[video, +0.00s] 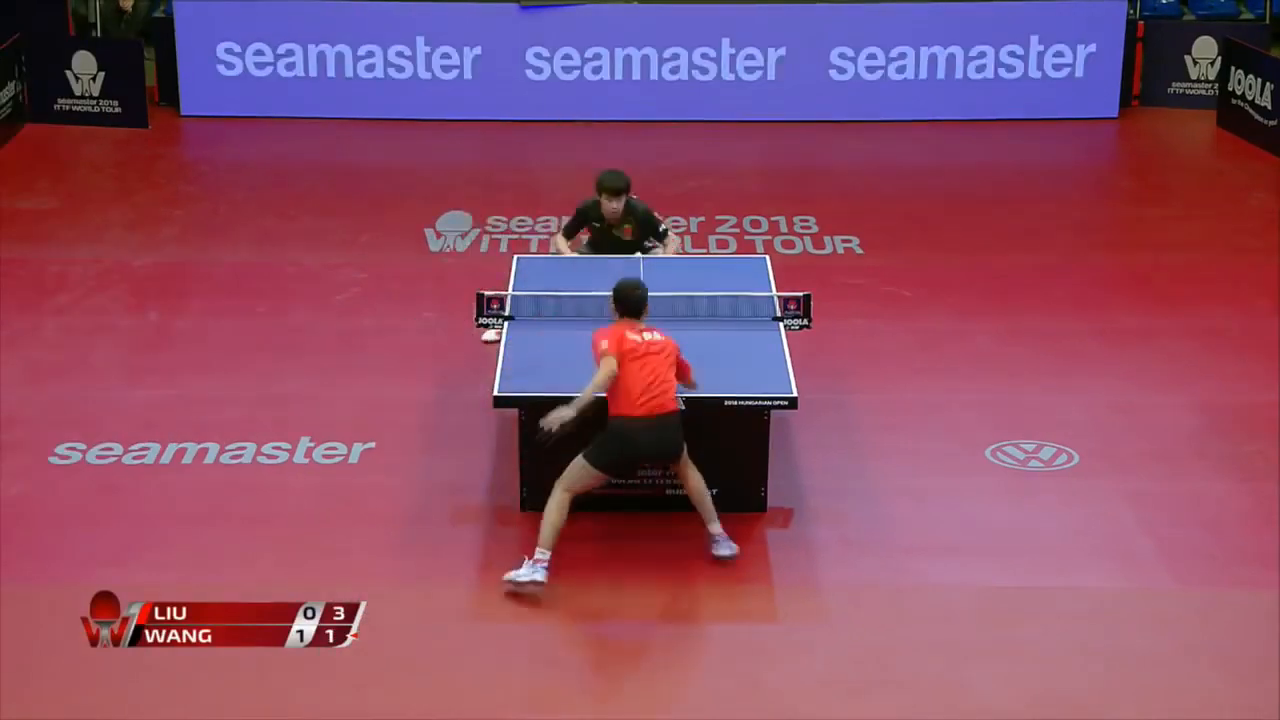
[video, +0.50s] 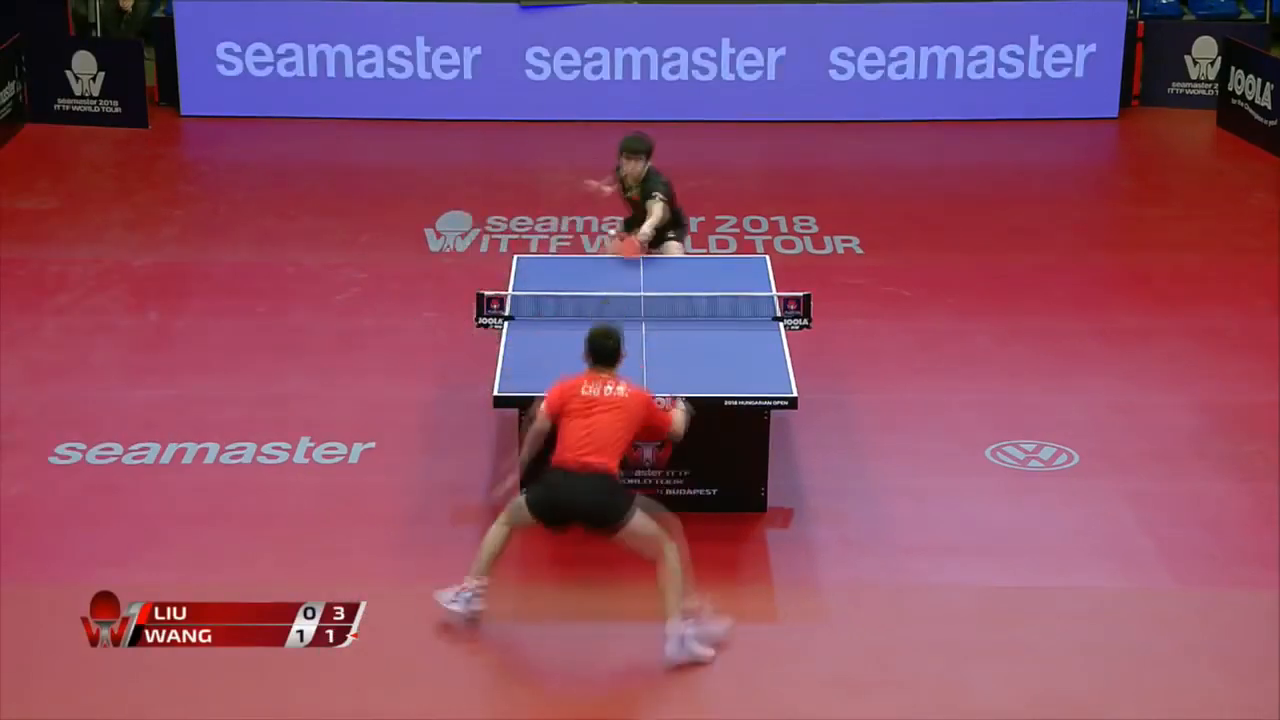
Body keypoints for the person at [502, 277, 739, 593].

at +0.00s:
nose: (610, 306)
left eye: (612, 302)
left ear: (614, 306)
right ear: (645, 308)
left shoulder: (607, 335)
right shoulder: (665, 341)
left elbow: (610, 370)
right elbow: (690, 382)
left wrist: (573, 408)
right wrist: (658, 368)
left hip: (625, 434)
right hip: (668, 432)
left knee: (564, 488)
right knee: (684, 466)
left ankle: (538, 564)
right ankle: (720, 538)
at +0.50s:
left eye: (595, 350)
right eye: (614, 351)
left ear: (588, 356)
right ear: (620, 358)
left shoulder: (566, 387)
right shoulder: (636, 397)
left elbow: (540, 424)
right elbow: (675, 430)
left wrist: (517, 473)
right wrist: (681, 409)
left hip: (557, 486)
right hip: (603, 491)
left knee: (507, 522)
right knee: (665, 549)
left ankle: (469, 593)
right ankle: (677, 637)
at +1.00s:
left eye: (528, 361)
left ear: (526, 365)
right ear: (560, 365)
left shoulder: (514, 401)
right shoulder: (583, 397)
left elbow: (503, 421)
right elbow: (614, 431)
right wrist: (590, 447)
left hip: (555, 506)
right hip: (601, 502)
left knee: (484, 528)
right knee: (627, 497)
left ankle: (445, 609)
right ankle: (665, 560)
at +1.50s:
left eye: (538, 311)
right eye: (564, 310)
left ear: (536, 314)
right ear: (568, 314)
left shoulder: (533, 351)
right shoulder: (591, 351)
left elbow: (517, 394)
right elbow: (620, 398)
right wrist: (623, 387)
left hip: (554, 455)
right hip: (595, 451)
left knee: (487, 500)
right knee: (590, 479)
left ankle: (458, 586)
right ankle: (616, 543)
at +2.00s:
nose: (469, 335)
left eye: (459, 332)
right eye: (468, 332)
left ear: (433, 334)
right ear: (463, 335)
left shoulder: (413, 375)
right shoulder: (480, 369)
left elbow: (373, 418)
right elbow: (505, 372)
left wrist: (345, 424)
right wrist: (497, 360)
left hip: (425, 484)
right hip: (471, 485)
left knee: (378, 499)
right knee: (534, 538)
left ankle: (366, 583)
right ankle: (597, 594)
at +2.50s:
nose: (363, 374)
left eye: (361, 369)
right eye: (362, 370)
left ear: (323, 371)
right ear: (358, 375)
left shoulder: (291, 403)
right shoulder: (355, 423)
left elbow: (259, 433)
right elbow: (408, 460)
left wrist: (299, 438)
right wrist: (451, 456)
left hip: (265, 519)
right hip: (308, 526)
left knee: (254, 545)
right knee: (388, 582)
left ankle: (242, 623)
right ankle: (412, 672)